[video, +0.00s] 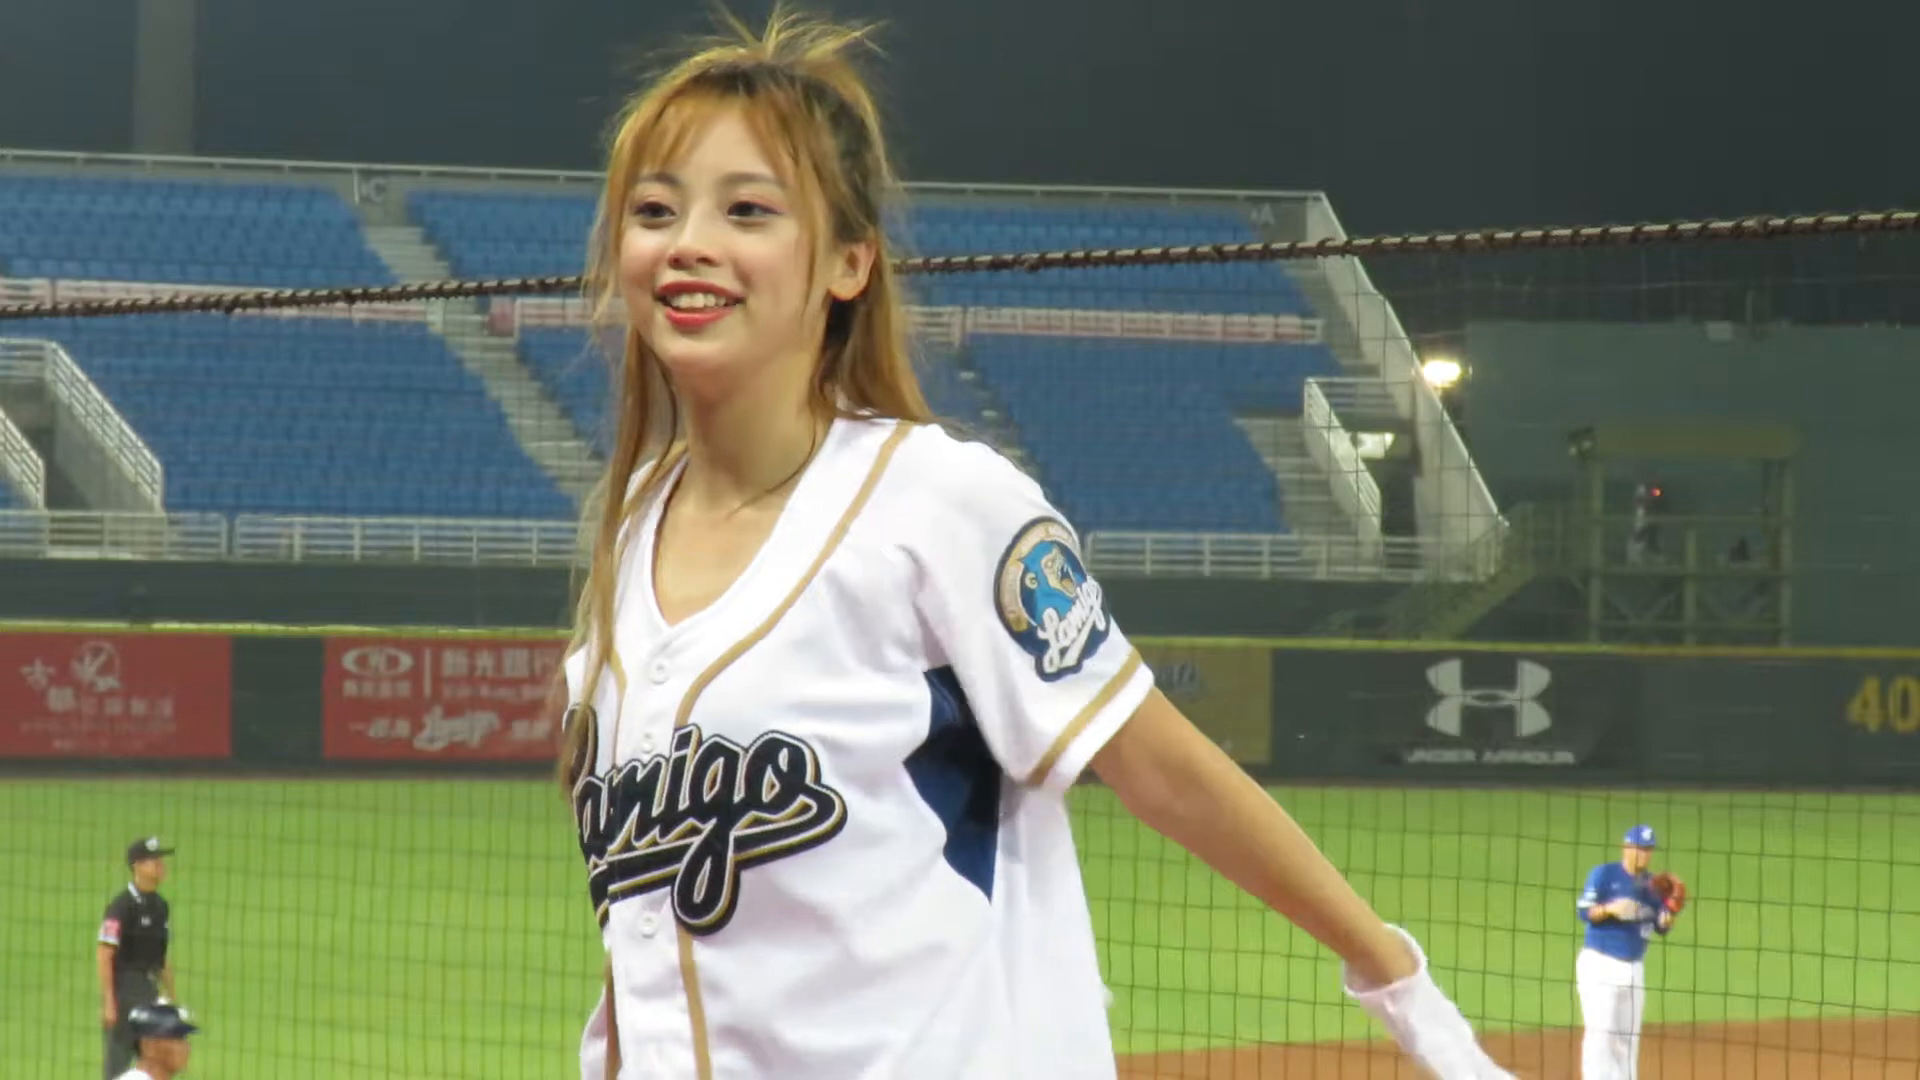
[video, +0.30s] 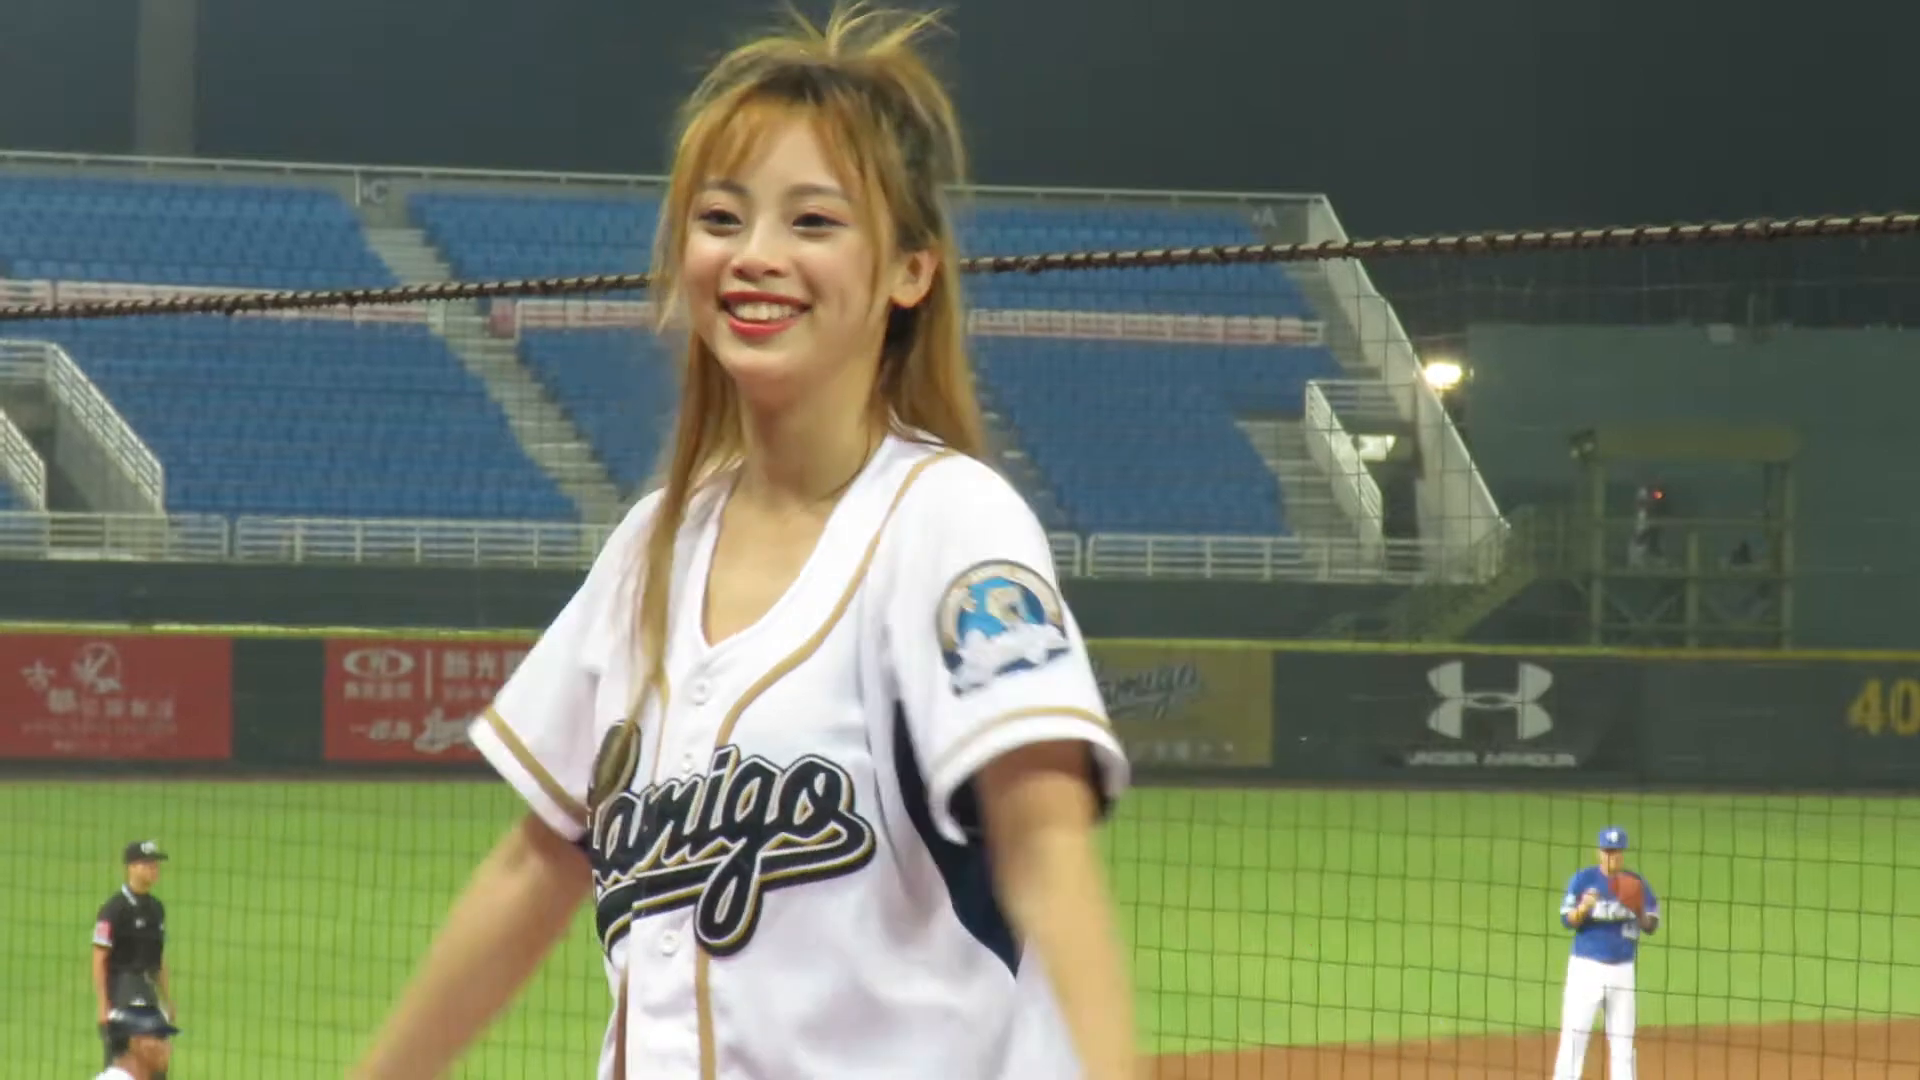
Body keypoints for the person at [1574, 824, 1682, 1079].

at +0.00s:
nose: (1643, 855)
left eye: (1648, 849)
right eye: (1639, 848)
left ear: (1652, 851)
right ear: (1627, 847)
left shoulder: (1653, 884)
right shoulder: (1604, 874)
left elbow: (1661, 927)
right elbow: (1585, 913)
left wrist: (1673, 905)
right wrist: (1611, 909)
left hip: (1632, 966)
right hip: (1599, 963)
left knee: (1629, 1034)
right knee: (1600, 1032)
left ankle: (1625, 1076)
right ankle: (1598, 1076)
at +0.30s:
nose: (1612, 857)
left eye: (1616, 852)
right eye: (1607, 852)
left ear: (1624, 853)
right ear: (1599, 852)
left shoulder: (1635, 882)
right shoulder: (1584, 879)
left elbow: (1652, 925)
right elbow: (1568, 920)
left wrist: (1636, 905)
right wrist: (1584, 908)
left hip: (1622, 968)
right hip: (1585, 966)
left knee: (1622, 1039)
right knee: (1574, 1035)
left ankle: (1623, 1078)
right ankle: (1565, 1077)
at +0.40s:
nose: (1596, 859)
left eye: (1600, 854)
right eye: (1591, 854)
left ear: (1610, 855)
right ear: (1585, 855)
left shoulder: (1627, 885)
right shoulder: (1571, 883)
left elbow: (1642, 924)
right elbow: (1557, 921)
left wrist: (1613, 915)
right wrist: (1579, 911)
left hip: (1614, 969)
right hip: (1578, 968)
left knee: (1619, 1037)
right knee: (1571, 1036)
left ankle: (1622, 1077)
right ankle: (1564, 1077)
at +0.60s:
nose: (1559, 855)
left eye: (1565, 850)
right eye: (1558, 850)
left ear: (1580, 852)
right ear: (1558, 852)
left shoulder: (1603, 880)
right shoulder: (1552, 881)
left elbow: (1621, 920)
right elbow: (1532, 917)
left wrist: (1582, 918)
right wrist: (1550, 918)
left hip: (1595, 967)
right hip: (1560, 967)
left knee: (1609, 1035)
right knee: (1560, 1035)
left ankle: (1621, 1077)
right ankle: (1558, 1078)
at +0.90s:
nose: (1534, 850)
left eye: (1537, 846)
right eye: (1535, 845)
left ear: (1548, 849)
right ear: (1546, 848)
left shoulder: (1575, 875)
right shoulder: (1539, 880)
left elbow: (1589, 912)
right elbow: (1530, 912)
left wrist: (1547, 920)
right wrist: (1525, 921)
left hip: (1572, 963)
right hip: (1543, 962)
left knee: (1572, 1030)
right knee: (1548, 1028)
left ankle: (1588, 1076)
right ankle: (1556, 1074)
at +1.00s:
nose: (1528, 850)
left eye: (1532, 845)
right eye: (1529, 845)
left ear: (1543, 848)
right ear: (1540, 847)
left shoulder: (1569, 874)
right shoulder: (1537, 878)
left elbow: (1578, 911)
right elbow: (1531, 911)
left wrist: (1540, 919)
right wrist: (1522, 921)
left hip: (1564, 961)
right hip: (1538, 960)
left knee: (1559, 1027)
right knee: (1543, 1027)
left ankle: (1565, 1075)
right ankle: (1551, 1073)